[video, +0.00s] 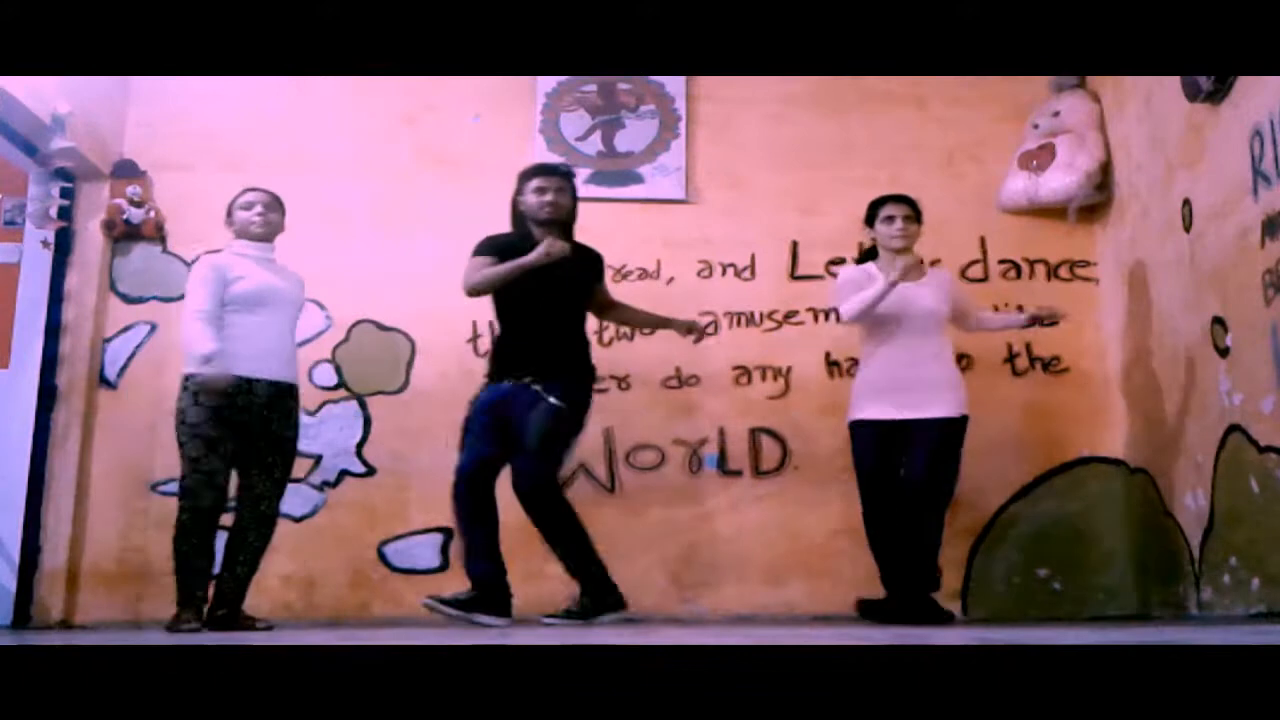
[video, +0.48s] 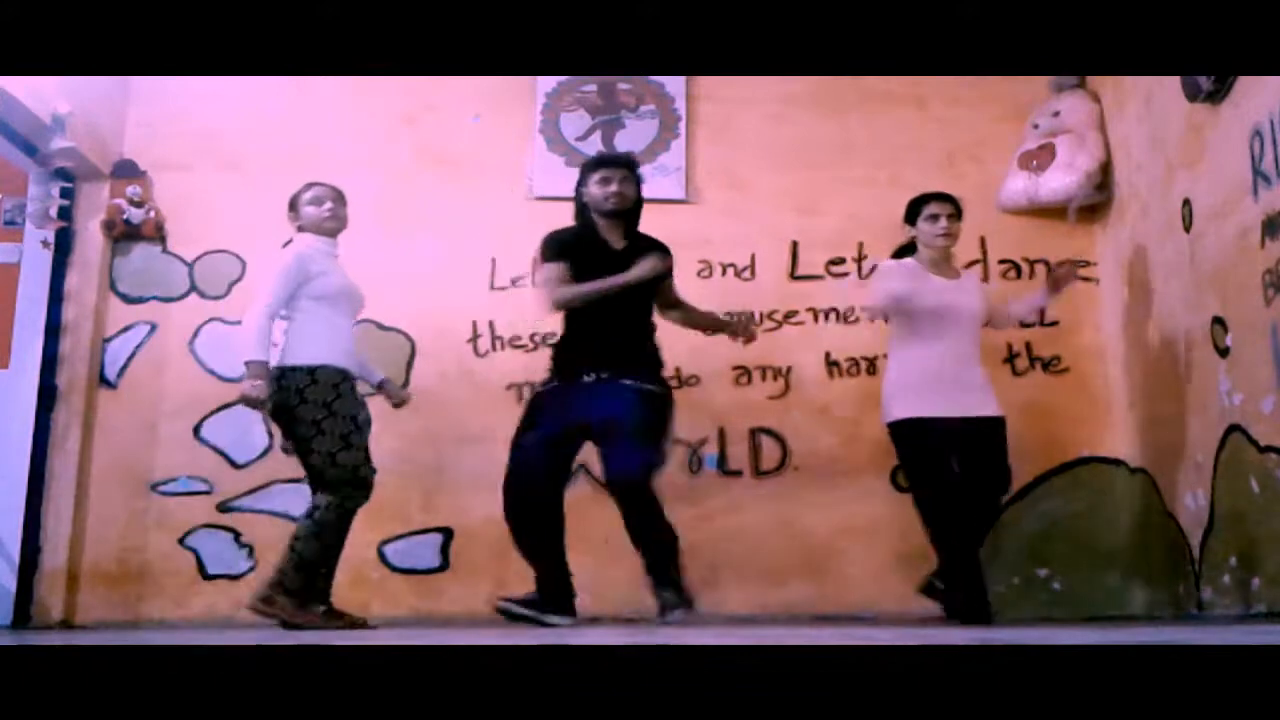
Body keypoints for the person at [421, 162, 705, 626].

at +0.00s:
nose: (550, 198)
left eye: (560, 192)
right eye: (539, 192)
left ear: (574, 205)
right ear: (518, 203)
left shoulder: (585, 261)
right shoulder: (500, 247)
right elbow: (472, 283)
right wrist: (533, 259)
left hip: (563, 385)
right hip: (506, 383)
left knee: (532, 481)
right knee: (471, 480)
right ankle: (489, 594)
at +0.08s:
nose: (567, 193)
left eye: (576, 187)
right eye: (556, 187)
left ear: (591, 200)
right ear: (536, 198)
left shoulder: (602, 257)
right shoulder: (514, 246)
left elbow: (646, 303)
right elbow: (459, 292)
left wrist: (704, 304)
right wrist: (497, 280)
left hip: (581, 388)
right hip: (519, 387)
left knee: (583, 491)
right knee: (507, 470)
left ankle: (581, 595)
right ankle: (506, 574)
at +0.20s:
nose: (580, 190)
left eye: (590, 184)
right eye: (568, 184)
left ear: (604, 196)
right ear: (550, 196)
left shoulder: (621, 249)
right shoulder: (528, 246)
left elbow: (692, 287)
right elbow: (456, 291)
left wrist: (709, 264)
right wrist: (446, 310)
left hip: (583, 382)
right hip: (531, 379)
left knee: (604, 480)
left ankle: (537, 590)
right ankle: (545, 577)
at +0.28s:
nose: (590, 194)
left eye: (600, 187)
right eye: (579, 187)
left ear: (614, 199)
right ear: (561, 200)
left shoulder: (630, 250)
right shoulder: (539, 250)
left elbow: (705, 277)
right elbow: (482, 297)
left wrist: (706, 241)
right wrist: (461, 320)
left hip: (589, 380)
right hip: (545, 380)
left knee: (608, 486)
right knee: (607, 484)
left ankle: (555, 588)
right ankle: (562, 591)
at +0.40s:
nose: (605, 189)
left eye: (615, 183)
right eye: (593, 183)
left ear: (629, 196)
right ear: (573, 196)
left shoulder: (646, 253)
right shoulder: (546, 251)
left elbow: (688, 305)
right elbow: (520, 311)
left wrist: (729, 313)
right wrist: (571, 302)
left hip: (625, 387)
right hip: (561, 389)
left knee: (665, 464)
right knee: (546, 477)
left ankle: (620, 569)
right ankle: (559, 590)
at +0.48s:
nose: (614, 189)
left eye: (624, 182)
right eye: (603, 182)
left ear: (638, 194)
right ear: (582, 194)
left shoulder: (651, 253)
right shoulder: (562, 243)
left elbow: (670, 306)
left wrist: (723, 324)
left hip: (634, 384)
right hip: (572, 385)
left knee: (628, 481)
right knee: (528, 485)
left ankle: (669, 589)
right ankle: (554, 595)